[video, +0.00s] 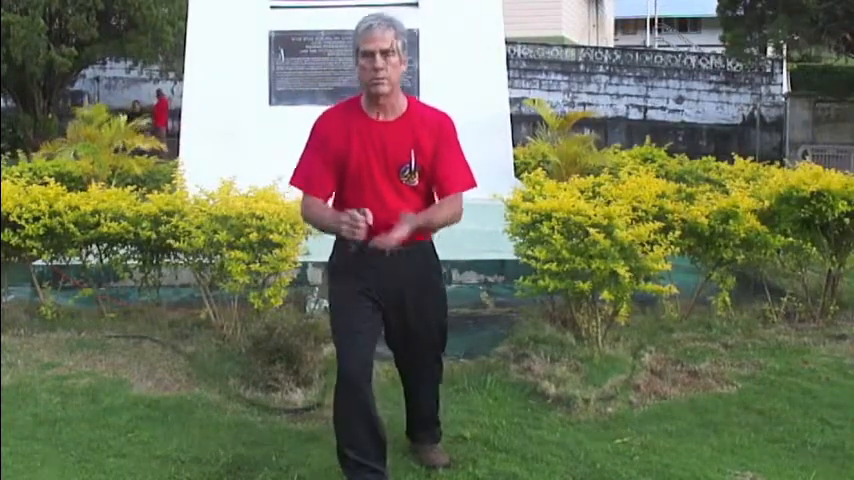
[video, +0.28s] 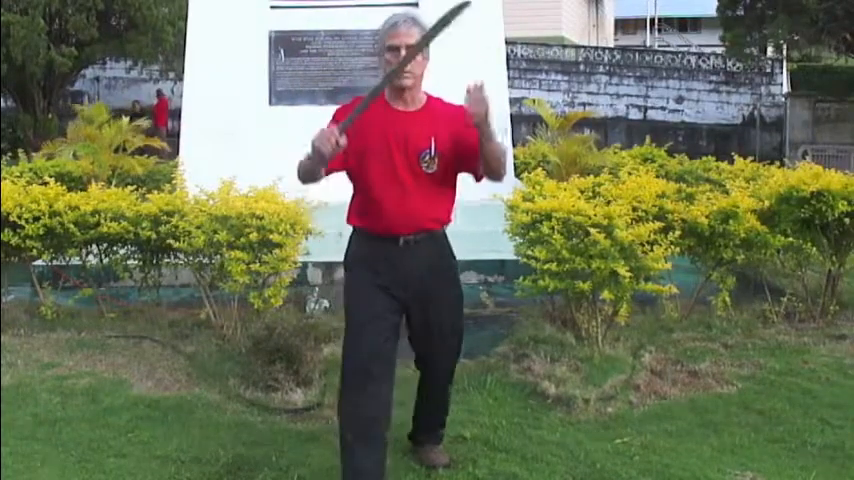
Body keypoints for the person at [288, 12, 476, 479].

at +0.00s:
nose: (377, 65)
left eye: (387, 55)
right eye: (367, 56)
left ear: (403, 62)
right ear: (355, 63)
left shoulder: (434, 124)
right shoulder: (332, 124)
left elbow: (454, 206)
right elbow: (310, 205)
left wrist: (414, 221)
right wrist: (339, 222)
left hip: (415, 263)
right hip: (353, 264)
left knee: (424, 361)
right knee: (352, 373)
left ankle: (426, 438)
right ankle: (365, 471)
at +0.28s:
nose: (402, 60)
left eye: (413, 51)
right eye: (392, 51)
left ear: (428, 57)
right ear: (380, 57)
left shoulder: (453, 117)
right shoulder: (354, 115)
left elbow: (496, 172)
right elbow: (306, 176)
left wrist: (484, 125)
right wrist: (319, 156)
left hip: (431, 256)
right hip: (370, 257)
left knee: (442, 356)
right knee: (364, 372)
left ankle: (427, 440)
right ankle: (363, 472)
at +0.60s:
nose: (408, 44)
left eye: (417, 36)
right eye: (399, 36)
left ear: (431, 44)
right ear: (386, 44)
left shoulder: (458, 103)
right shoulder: (361, 99)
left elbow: (503, 155)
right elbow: (304, 141)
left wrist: (496, 92)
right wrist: (322, 104)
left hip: (433, 237)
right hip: (374, 235)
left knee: (431, 344)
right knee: (356, 333)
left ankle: (426, 438)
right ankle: (340, 441)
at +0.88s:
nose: (394, 43)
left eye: (403, 35)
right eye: (385, 36)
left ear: (419, 45)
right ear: (373, 46)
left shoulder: (438, 104)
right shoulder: (349, 100)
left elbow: (480, 176)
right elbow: (292, 150)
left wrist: (465, 122)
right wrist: (306, 122)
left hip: (420, 236)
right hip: (362, 235)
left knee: (428, 343)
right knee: (345, 338)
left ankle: (426, 437)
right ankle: (334, 433)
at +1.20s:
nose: (365, 61)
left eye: (375, 52)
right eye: (357, 52)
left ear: (393, 62)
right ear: (347, 61)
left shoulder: (421, 119)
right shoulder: (328, 115)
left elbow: (467, 161)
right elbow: (289, 156)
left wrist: (490, 170)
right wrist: (235, 174)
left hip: (405, 247)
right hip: (344, 247)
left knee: (428, 340)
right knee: (333, 343)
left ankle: (434, 435)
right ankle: (333, 435)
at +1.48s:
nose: (390, 96)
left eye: (399, 88)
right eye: (380, 87)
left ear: (411, 98)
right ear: (364, 97)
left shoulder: (440, 153)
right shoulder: (339, 154)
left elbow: (511, 183)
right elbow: (294, 201)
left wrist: (575, 187)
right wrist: (245, 228)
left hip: (422, 272)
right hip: (359, 273)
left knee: (455, 356)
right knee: (335, 366)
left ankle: (497, 465)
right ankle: (334, 438)